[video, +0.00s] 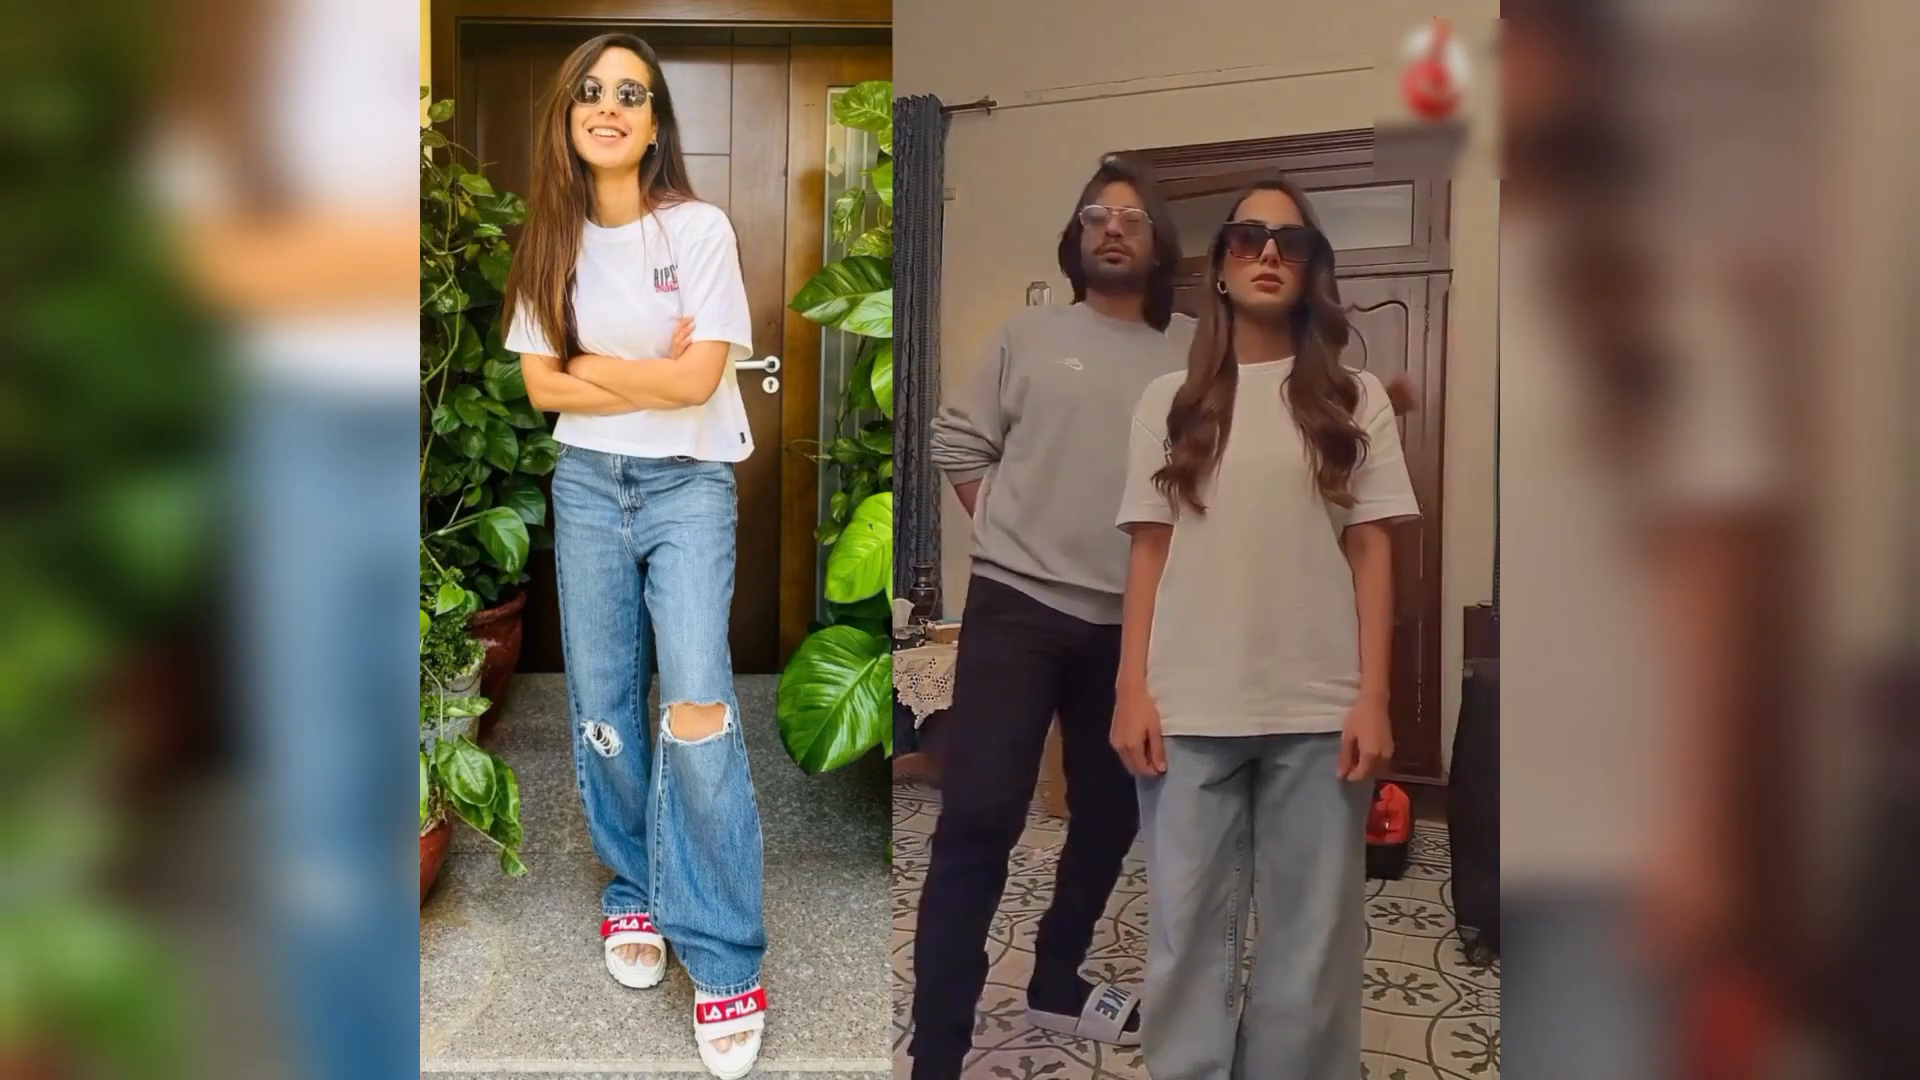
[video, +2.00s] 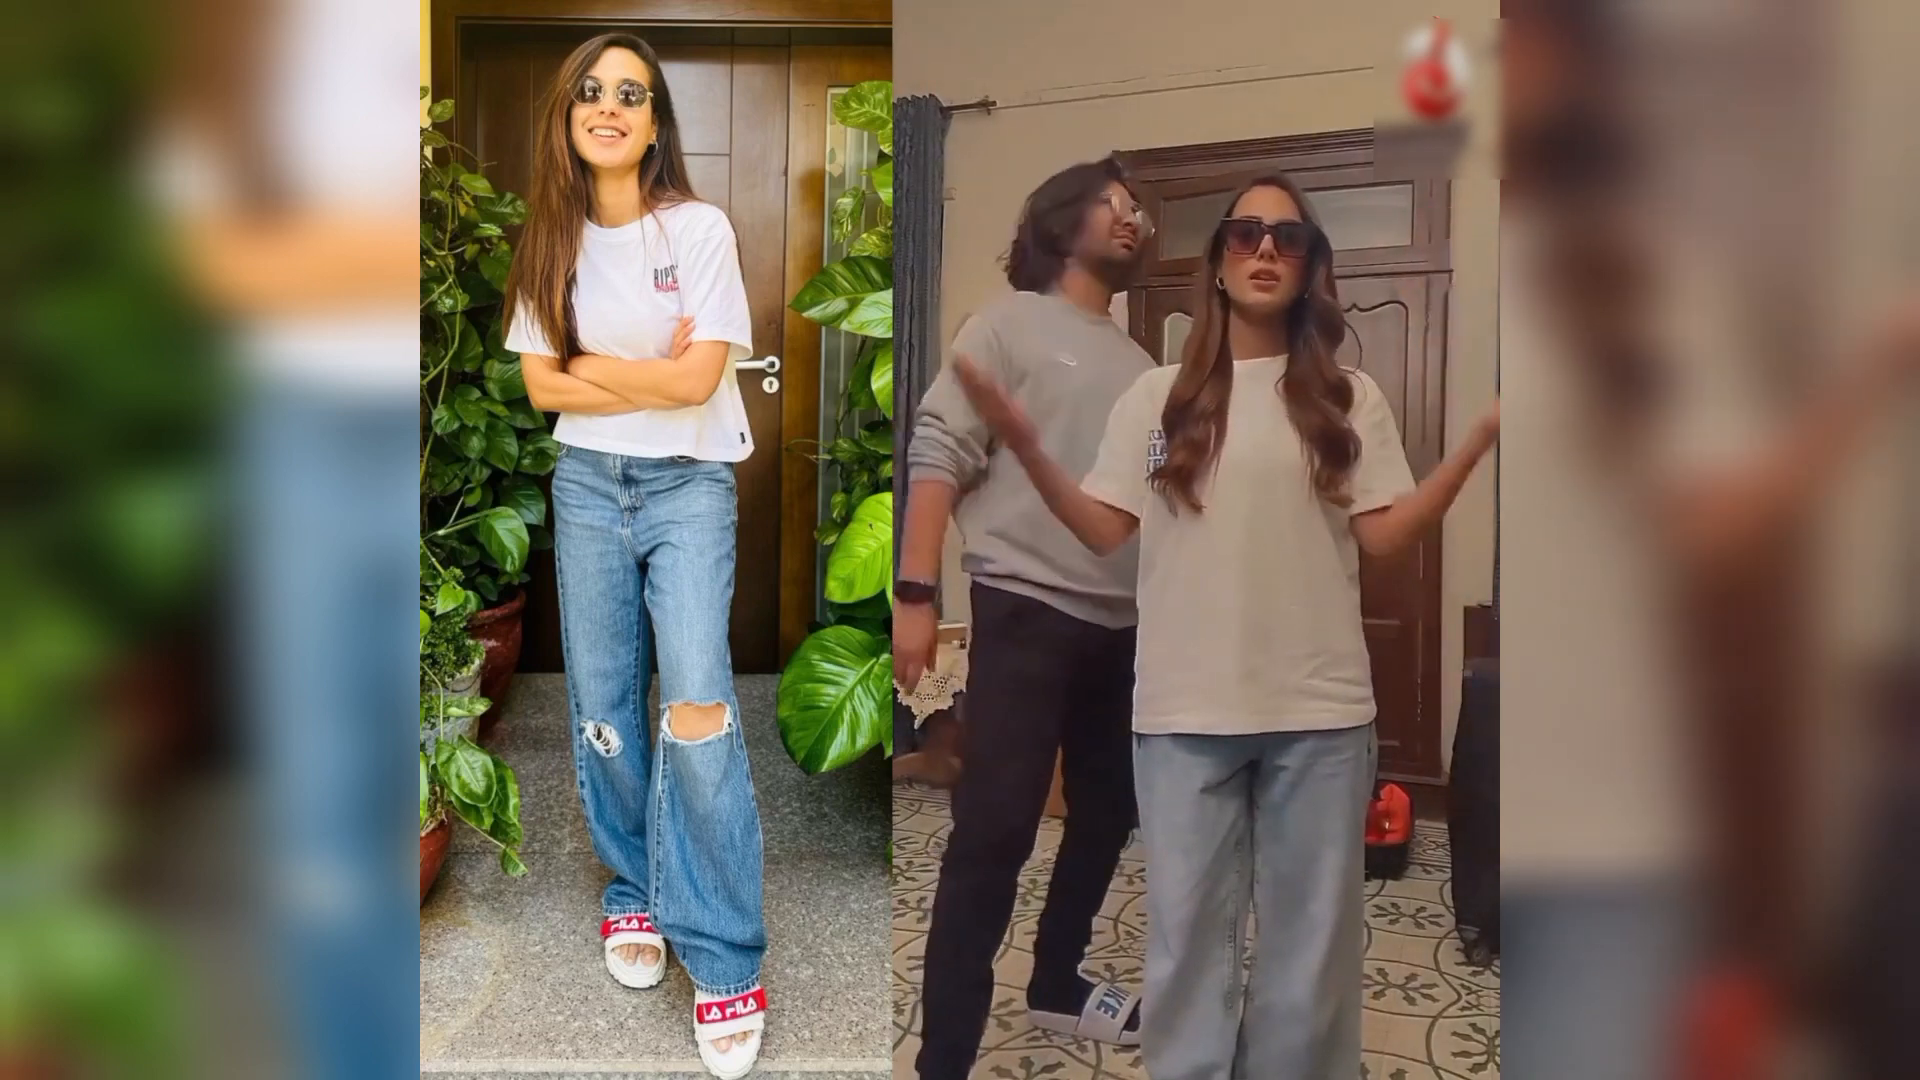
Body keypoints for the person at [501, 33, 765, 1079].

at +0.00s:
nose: (610, 111)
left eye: (629, 98)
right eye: (593, 95)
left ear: (656, 121)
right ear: (566, 117)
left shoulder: (699, 225)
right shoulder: (549, 240)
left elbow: (698, 378)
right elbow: (541, 385)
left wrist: (577, 362)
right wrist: (661, 379)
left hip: (689, 482)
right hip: (584, 484)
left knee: (694, 709)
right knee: (603, 708)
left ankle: (724, 957)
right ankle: (631, 891)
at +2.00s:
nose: (610, 111)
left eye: (629, 98)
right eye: (593, 95)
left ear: (656, 122)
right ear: (566, 117)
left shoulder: (699, 226)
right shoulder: (550, 239)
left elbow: (698, 378)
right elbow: (540, 385)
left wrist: (576, 362)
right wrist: (662, 378)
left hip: (689, 482)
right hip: (584, 484)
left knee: (695, 709)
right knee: (602, 708)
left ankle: (724, 955)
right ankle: (631, 890)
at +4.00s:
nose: (610, 111)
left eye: (630, 97)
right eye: (593, 95)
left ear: (656, 120)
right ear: (566, 117)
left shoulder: (699, 226)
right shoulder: (549, 240)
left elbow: (698, 378)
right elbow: (540, 385)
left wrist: (576, 362)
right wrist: (662, 378)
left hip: (689, 482)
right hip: (584, 484)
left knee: (695, 708)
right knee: (603, 709)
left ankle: (724, 954)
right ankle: (631, 890)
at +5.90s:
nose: (610, 111)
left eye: (630, 98)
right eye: (593, 95)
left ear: (656, 121)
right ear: (566, 117)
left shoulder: (699, 226)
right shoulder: (549, 239)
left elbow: (698, 378)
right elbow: (540, 386)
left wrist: (576, 362)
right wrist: (662, 378)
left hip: (689, 482)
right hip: (584, 484)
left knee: (695, 707)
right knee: (603, 707)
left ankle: (724, 956)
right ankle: (632, 890)